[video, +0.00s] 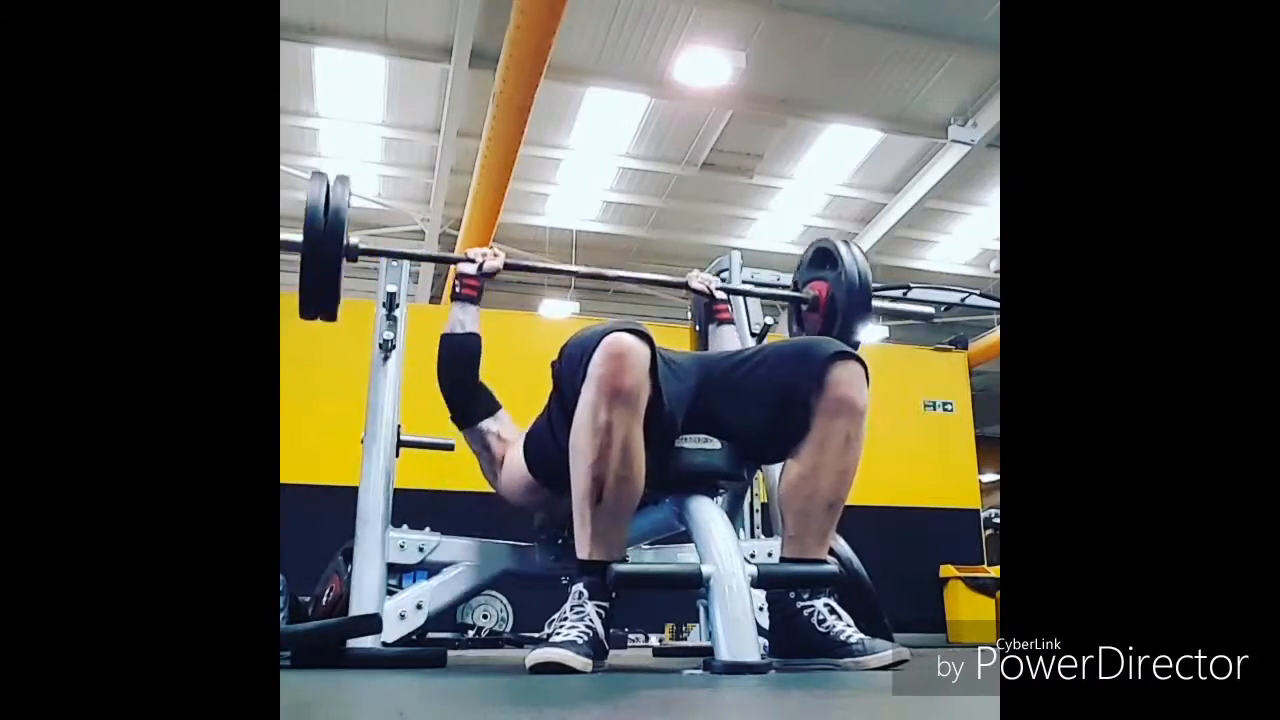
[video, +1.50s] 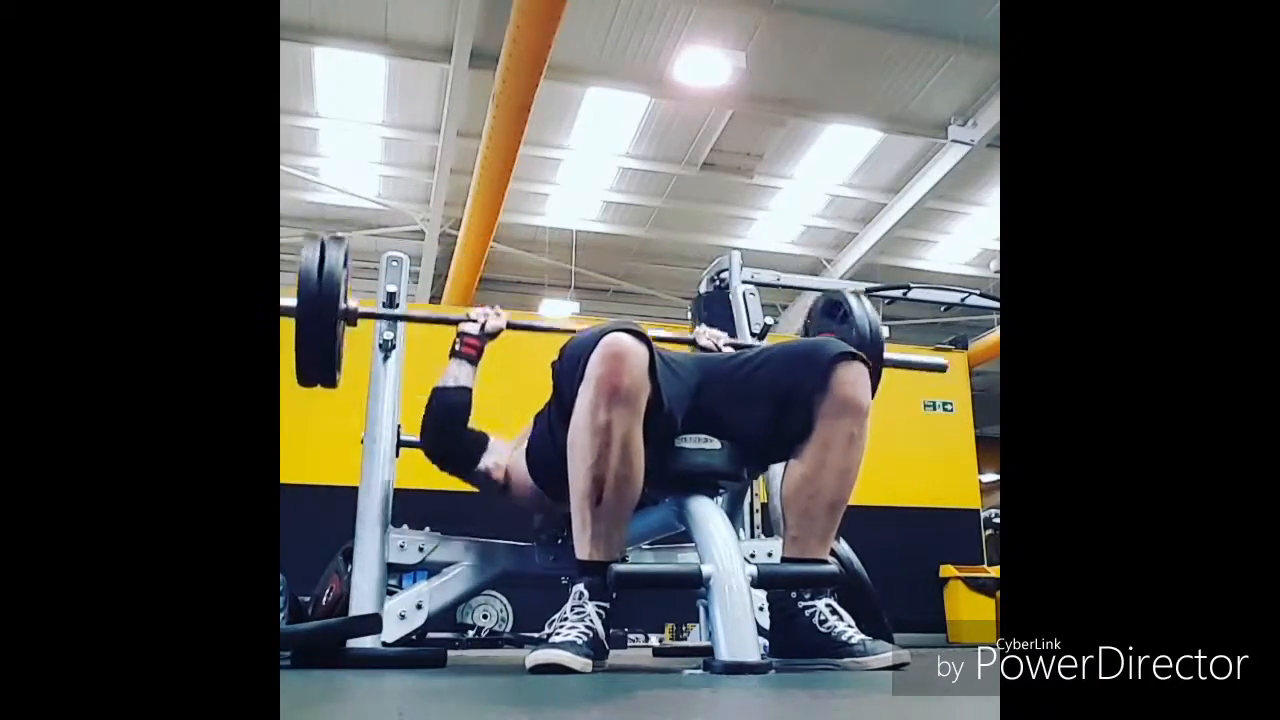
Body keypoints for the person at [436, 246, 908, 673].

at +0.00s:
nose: (497, 440)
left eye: (498, 440)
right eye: (493, 444)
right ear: (502, 462)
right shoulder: (524, 470)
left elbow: (736, 387)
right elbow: (461, 388)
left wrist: (716, 315)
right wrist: (468, 288)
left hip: (685, 385)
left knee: (840, 376)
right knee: (620, 353)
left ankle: (799, 608)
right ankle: (584, 605)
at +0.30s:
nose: (499, 444)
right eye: (495, 450)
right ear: (501, 468)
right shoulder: (517, 471)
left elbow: (740, 398)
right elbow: (446, 401)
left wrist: (718, 329)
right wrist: (463, 309)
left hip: (702, 390)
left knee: (841, 375)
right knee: (613, 353)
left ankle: (800, 608)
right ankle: (584, 607)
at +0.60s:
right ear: (497, 504)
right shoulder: (526, 480)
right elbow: (451, 501)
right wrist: (466, 409)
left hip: (709, 377)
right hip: (634, 363)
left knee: (849, 375)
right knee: (615, 357)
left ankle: (801, 606)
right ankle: (587, 606)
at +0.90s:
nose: (507, 489)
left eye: (501, 484)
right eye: (502, 489)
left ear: (514, 469)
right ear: (512, 477)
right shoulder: (527, 460)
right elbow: (444, 434)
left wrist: (723, 357)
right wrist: (468, 350)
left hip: (709, 385)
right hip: (640, 370)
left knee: (844, 373)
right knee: (614, 354)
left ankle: (800, 608)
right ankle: (587, 604)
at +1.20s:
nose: (497, 437)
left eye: (497, 439)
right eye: (493, 443)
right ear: (505, 468)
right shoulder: (525, 462)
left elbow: (730, 375)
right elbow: (470, 367)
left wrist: (713, 305)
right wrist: (470, 274)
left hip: (684, 378)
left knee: (840, 373)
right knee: (621, 353)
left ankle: (799, 604)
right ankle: (586, 606)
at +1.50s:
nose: (512, 495)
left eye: (504, 486)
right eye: (503, 493)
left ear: (511, 465)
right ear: (505, 475)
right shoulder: (521, 456)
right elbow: (442, 434)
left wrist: (719, 357)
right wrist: (469, 345)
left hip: (710, 392)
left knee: (845, 375)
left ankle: (800, 607)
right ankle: (587, 606)